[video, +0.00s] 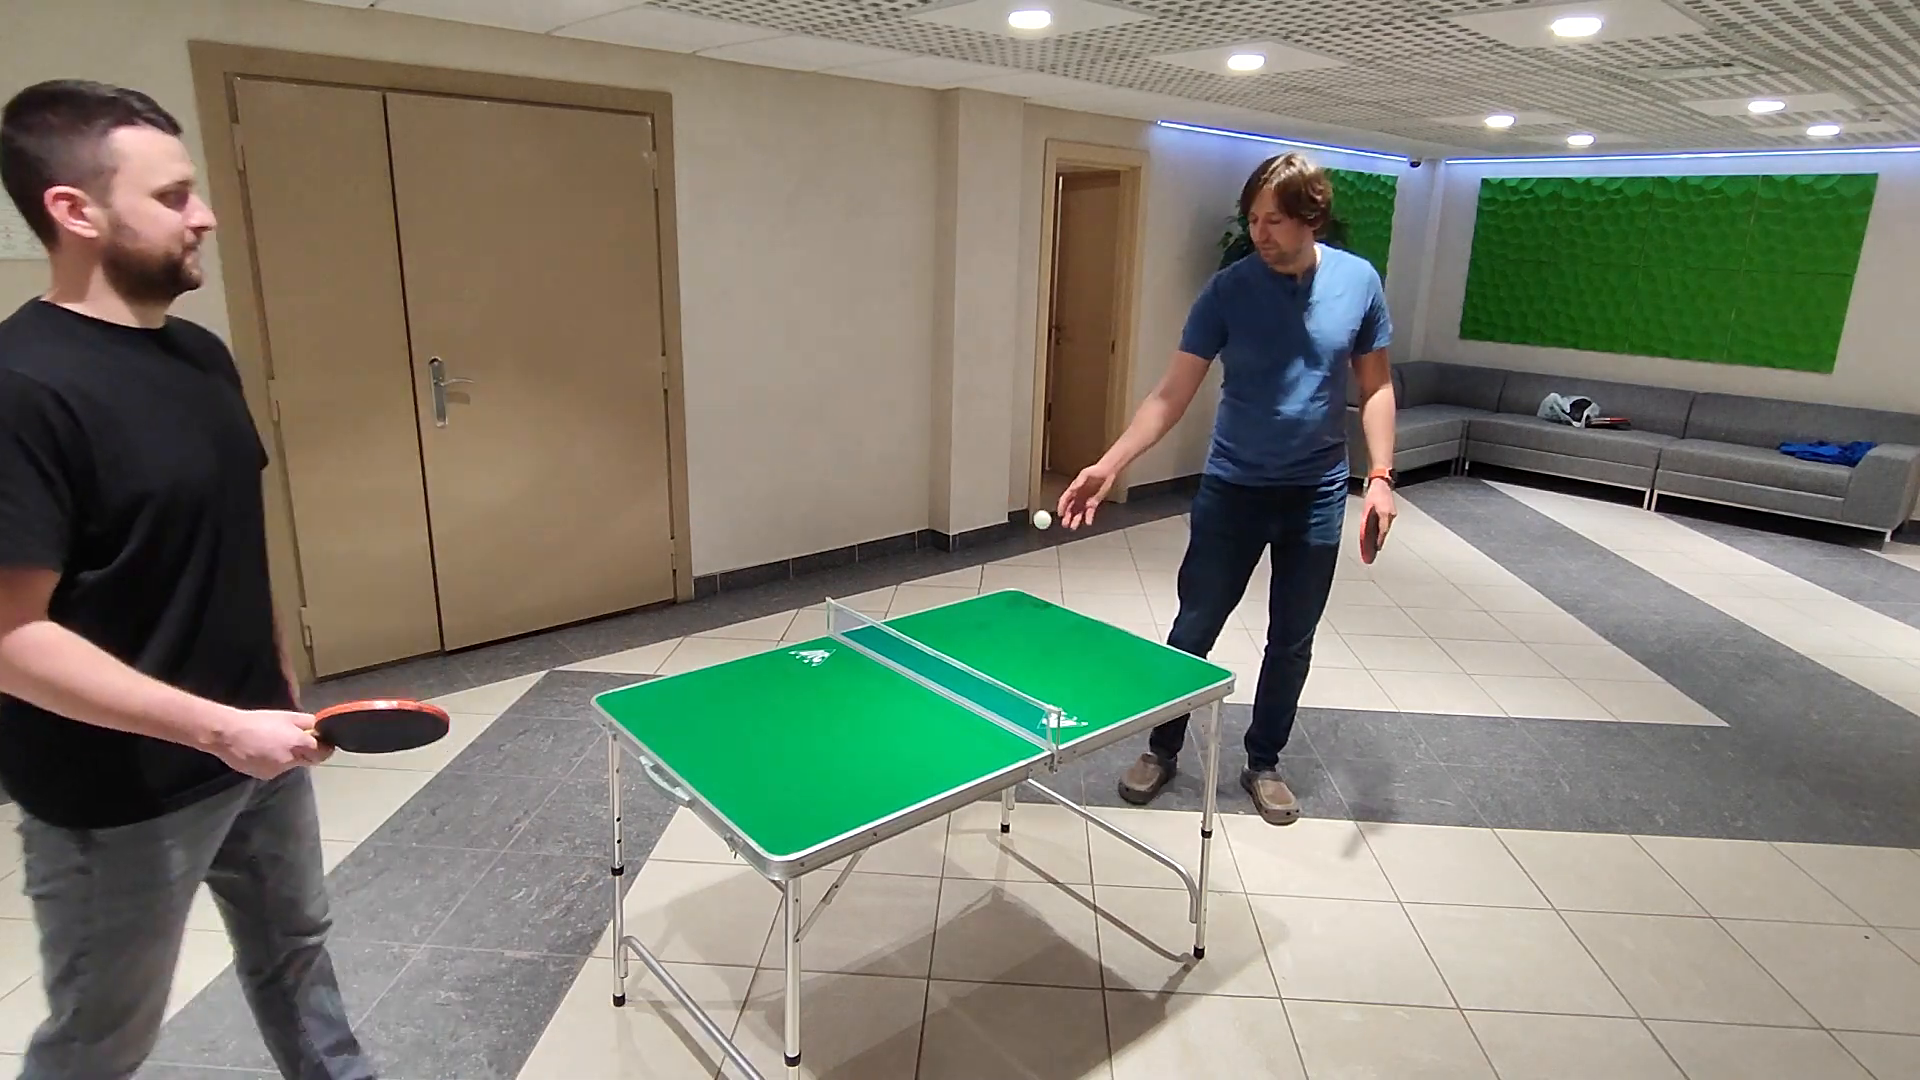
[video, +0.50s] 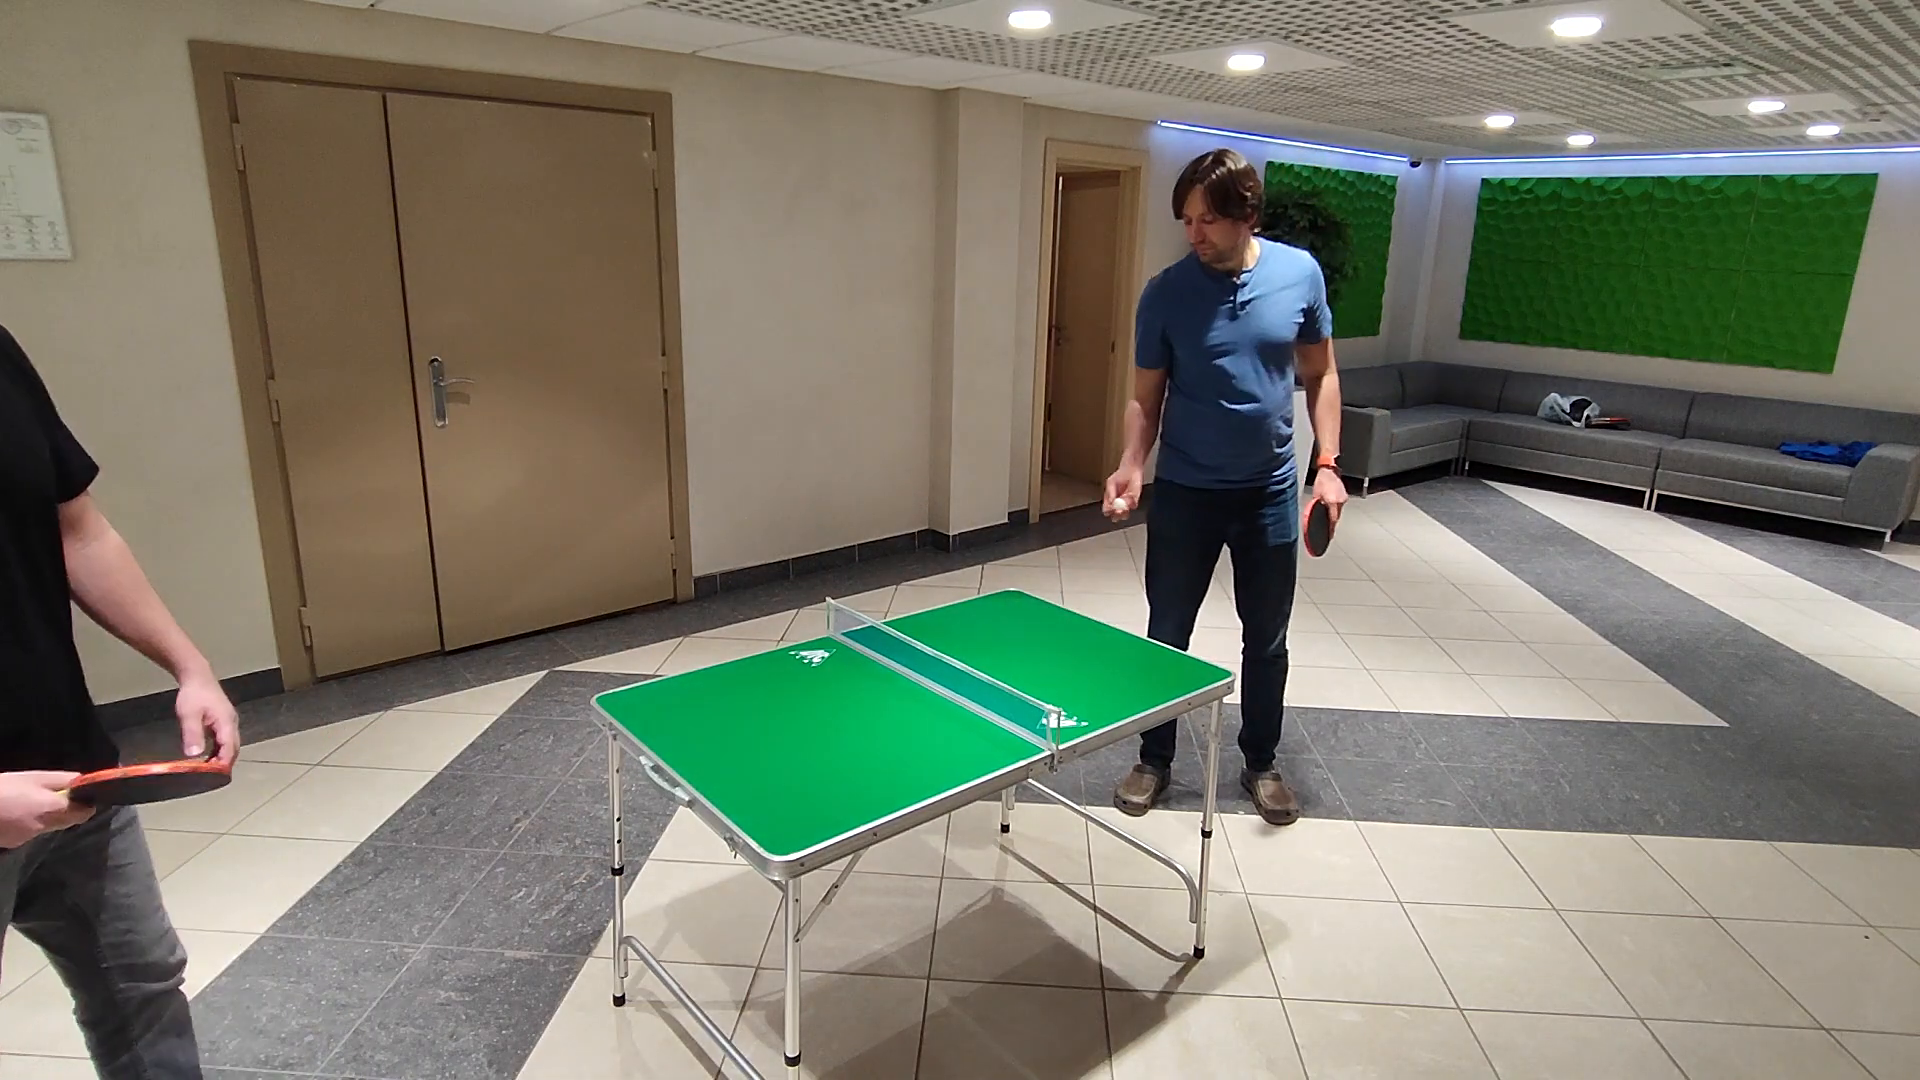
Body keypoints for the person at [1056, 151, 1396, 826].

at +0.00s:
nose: (1260, 233)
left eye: (1274, 221)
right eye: (1254, 219)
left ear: (1312, 220)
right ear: (1249, 219)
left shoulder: (1359, 282)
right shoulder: (1231, 289)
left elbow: (1376, 387)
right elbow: (1169, 398)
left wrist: (1381, 477)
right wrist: (1109, 466)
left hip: (1317, 490)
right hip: (1232, 486)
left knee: (1293, 643)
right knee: (1192, 630)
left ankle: (1264, 764)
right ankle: (1160, 752)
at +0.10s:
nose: (1245, 237)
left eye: (1259, 225)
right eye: (1239, 223)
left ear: (1298, 221)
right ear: (1237, 221)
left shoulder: (1347, 279)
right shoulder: (1220, 294)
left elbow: (1371, 384)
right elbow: (1165, 403)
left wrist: (1379, 475)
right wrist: (1102, 481)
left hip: (1313, 490)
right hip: (1229, 488)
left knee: (1290, 642)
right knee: (1190, 632)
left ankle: (1263, 766)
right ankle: (1153, 762)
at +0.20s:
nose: (1230, 238)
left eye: (1242, 226)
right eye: (1224, 226)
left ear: (1284, 220)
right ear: (1221, 223)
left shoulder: (1334, 276)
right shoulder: (1205, 298)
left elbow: (1361, 381)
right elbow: (1157, 414)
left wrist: (1375, 473)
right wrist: (1100, 493)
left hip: (1304, 488)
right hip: (1221, 487)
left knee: (1286, 639)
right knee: (1186, 630)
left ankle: (1263, 764)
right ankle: (1152, 762)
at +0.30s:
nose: (1216, 239)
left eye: (1228, 226)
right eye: (1209, 226)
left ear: (1268, 219)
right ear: (1206, 223)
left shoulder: (1322, 274)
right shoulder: (1191, 299)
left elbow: (1349, 377)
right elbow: (1155, 417)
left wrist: (1364, 468)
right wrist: (1104, 489)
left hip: (1293, 491)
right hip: (1208, 489)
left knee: (1279, 642)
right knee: (1178, 637)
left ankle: (1262, 767)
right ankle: (1152, 763)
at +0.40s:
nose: (1204, 236)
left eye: (1216, 224)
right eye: (1197, 223)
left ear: (1256, 219)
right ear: (1193, 220)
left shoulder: (1311, 273)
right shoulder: (1178, 297)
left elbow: (1333, 373)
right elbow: (1152, 409)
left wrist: (1346, 467)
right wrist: (1113, 479)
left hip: (1280, 492)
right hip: (1196, 490)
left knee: (1272, 642)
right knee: (1172, 635)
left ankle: (1262, 765)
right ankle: (1153, 762)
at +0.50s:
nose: (1195, 232)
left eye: (1208, 220)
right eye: (1188, 219)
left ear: (1246, 215)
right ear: (1183, 217)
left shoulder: (1299, 274)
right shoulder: (1165, 294)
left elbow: (1320, 376)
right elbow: (1145, 398)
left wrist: (1329, 465)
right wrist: (1131, 465)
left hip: (1271, 488)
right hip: (1185, 488)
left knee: (1266, 640)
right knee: (1165, 633)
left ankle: (1262, 765)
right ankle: (1153, 761)